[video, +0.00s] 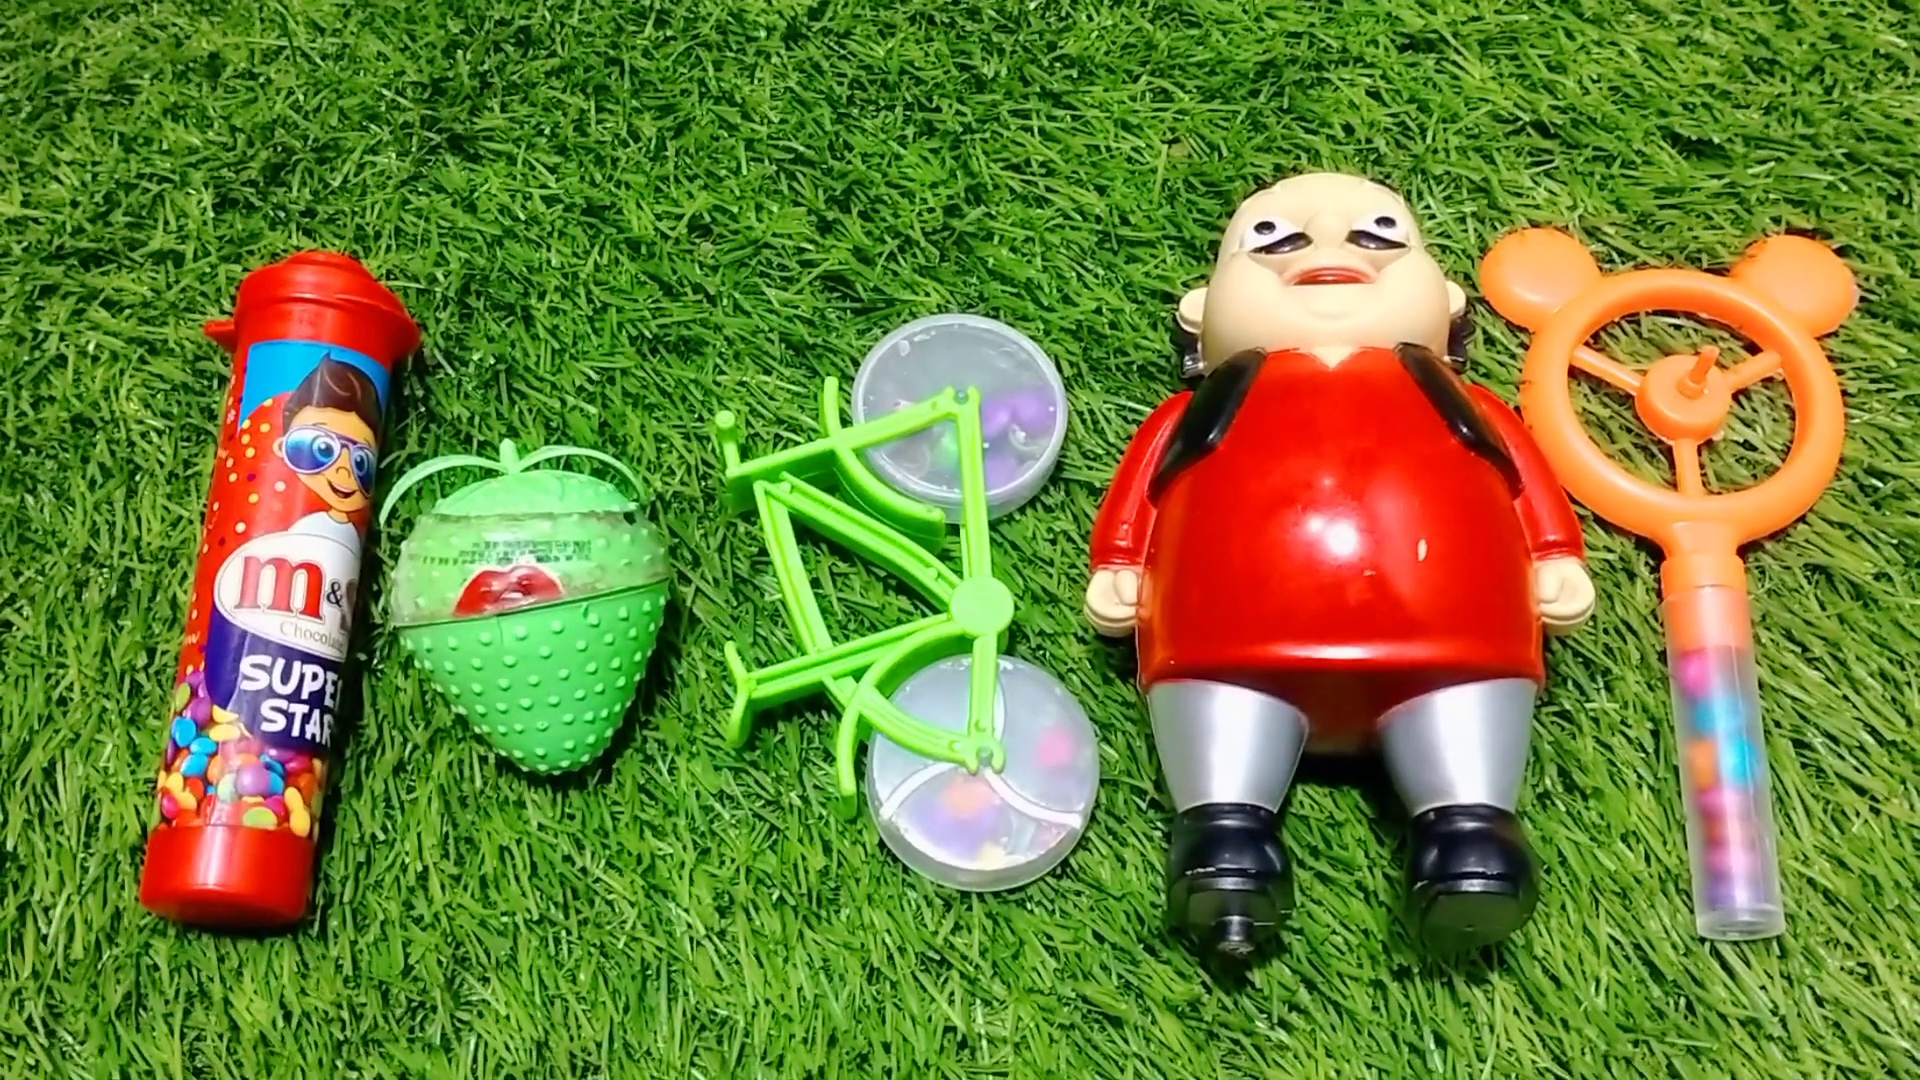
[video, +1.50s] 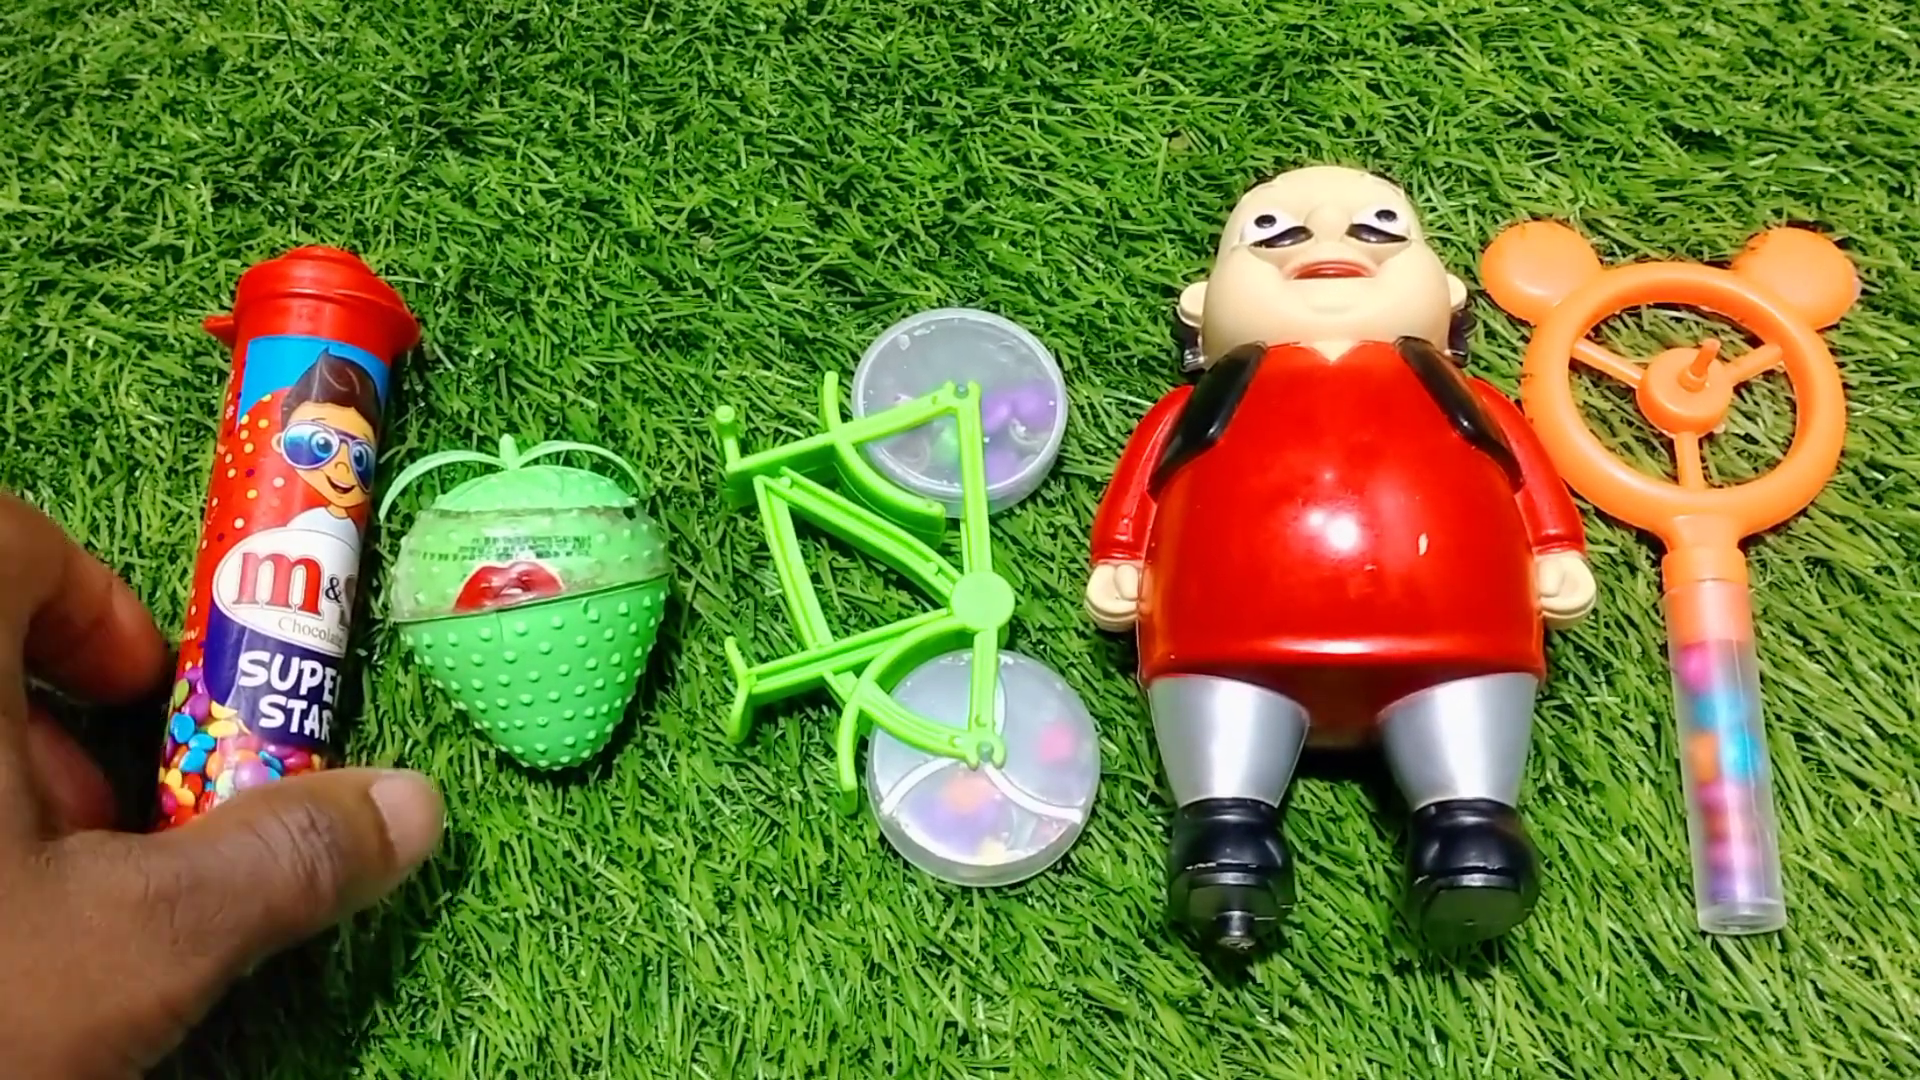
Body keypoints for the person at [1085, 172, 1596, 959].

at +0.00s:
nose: (1332, 247)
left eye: (1380, 230)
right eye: (1277, 233)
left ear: (1448, 306)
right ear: (1201, 315)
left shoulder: (1466, 401)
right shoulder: (1194, 409)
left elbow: (1525, 472)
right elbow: (1142, 483)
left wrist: (1552, 552)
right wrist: (1121, 560)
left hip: (1442, 578)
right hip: (1240, 581)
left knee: (1466, 672)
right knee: (1222, 680)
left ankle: (1468, 834)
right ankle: (1227, 842)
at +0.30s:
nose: (1331, 240)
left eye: (1380, 223)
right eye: (1277, 226)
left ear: (1448, 298)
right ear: (1201, 308)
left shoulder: (1466, 394)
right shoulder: (1194, 402)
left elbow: (1525, 464)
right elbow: (1143, 476)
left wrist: (1553, 544)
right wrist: (1121, 554)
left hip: (1443, 571)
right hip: (1240, 575)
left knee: (1467, 666)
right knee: (1221, 674)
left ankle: (1469, 826)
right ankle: (1228, 836)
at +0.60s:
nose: (1330, 242)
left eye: (1379, 224)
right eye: (1275, 227)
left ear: (1447, 301)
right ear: (1200, 310)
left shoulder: (1466, 395)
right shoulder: (1192, 404)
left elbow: (1524, 466)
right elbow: (1141, 478)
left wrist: (1552, 546)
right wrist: (1120, 555)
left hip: (1442, 570)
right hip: (1238, 575)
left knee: (1465, 665)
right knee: (1220, 673)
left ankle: (1469, 826)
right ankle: (1227, 837)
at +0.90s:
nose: (1332, 240)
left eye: (1380, 223)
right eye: (1277, 226)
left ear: (1449, 300)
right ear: (1201, 309)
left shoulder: (1467, 394)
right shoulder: (1194, 403)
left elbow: (1526, 465)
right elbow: (1142, 477)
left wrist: (1554, 545)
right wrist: (1121, 553)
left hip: (1443, 574)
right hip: (1239, 577)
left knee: (1467, 670)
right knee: (1220, 676)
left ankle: (1469, 829)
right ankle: (1228, 838)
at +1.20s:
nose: (1332, 240)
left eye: (1380, 224)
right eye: (1277, 226)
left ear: (1448, 299)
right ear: (1202, 309)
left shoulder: (1466, 394)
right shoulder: (1194, 403)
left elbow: (1526, 465)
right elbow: (1142, 477)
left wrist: (1554, 546)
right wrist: (1121, 553)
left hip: (1443, 574)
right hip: (1240, 578)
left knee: (1467, 672)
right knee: (1221, 678)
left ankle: (1469, 830)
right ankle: (1228, 838)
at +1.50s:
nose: (1332, 240)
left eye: (1380, 224)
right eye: (1277, 226)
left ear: (1449, 299)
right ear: (1202, 309)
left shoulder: (1467, 395)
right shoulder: (1194, 403)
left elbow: (1527, 466)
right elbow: (1142, 478)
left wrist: (1555, 545)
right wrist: (1121, 552)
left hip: (1443, 575)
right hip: (1240, 578)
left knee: (1467, 673)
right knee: (1221, 678)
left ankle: (1469, 830)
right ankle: (1228, 838)